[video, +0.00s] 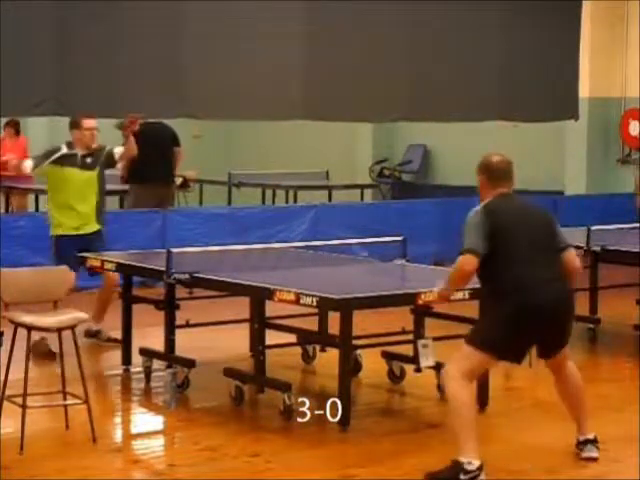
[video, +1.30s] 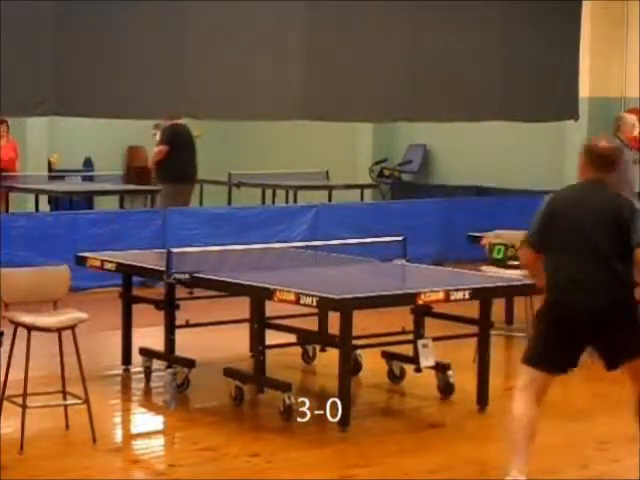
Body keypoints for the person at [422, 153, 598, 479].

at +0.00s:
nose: (478, 187)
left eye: (478, 182)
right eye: (481, 182)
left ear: (482, 181)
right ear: (512, 181)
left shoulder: (482, 214)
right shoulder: (539, 212)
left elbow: (467, 265)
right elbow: (572, 264)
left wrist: (445, 292)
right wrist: (557, 293)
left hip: (511, 309)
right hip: (556, 304)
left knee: (458, 373)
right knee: (560, 361)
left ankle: (468, 461)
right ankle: (587, 437)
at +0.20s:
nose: (503, 167)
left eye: (473, 166)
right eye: (504, 161)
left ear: (472, 166)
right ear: (504, 162)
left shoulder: (458, 202)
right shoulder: (529, 196)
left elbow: (439, 257)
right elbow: (558, 258)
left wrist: (447, 290)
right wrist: (529, 262)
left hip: (487, 305)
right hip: (534, 303)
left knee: (444, 378)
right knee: (558, 371)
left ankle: (462, 459)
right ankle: (588, 439)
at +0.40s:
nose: (450, 151)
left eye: (447, 146)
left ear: (448, 147)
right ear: (481, 140)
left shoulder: (448, 187)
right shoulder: (510, 171)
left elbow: (436, 245)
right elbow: (532, 221)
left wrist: (432, 268)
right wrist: (507, 239)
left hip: (481, 294)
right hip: (529, 287)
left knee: (452, 375)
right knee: (549, 365)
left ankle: (460, 460)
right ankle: (575, 447)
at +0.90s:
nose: (497, 144)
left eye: (497, 138)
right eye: (500, 137)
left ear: (503, 138)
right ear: (533, 138)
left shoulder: (498, 179)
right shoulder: (561, 176)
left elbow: (471, 233)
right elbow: (584, 234)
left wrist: (458, 275)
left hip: (522, 289)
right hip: (569, 287)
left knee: (490, 369)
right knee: (566, 368)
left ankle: (464, 457)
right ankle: (577, 451)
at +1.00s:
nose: (512, 135)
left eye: (513, 130)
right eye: (515, 129)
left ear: (519, 130)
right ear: (549, 131)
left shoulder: (509, 171)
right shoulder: (578, 170)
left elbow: (479, 224)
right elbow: (601, 225)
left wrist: (475, 261)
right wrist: (577, 248)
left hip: (534, 278)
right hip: (581, 277)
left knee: (503, 364)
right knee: (591, 359)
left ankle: (483, 452)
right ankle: (600, 446)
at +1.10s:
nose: (538, 145)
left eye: (539, 139)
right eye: (541, 139)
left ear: (545, 141)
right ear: (574, 142)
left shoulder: (530, 181)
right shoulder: (599, 181)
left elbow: (490, 235)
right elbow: (626, 242)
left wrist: (501, 267)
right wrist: (607, 264)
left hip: (546, 290)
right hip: (596, 289)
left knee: (514, 368)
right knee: (617, 372)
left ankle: (507, 462)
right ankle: (637, 449)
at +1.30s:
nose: (579, 165)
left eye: (581, 160)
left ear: (583, 165)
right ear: (615, 168)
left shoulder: (560, 200)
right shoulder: (626, 206)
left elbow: (529, 254)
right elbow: (635, 259)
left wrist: (544, 282)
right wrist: (630, 287)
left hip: (564, 306)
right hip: (616, 306)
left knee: (528, 388)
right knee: (636, 374)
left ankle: (517, 470)